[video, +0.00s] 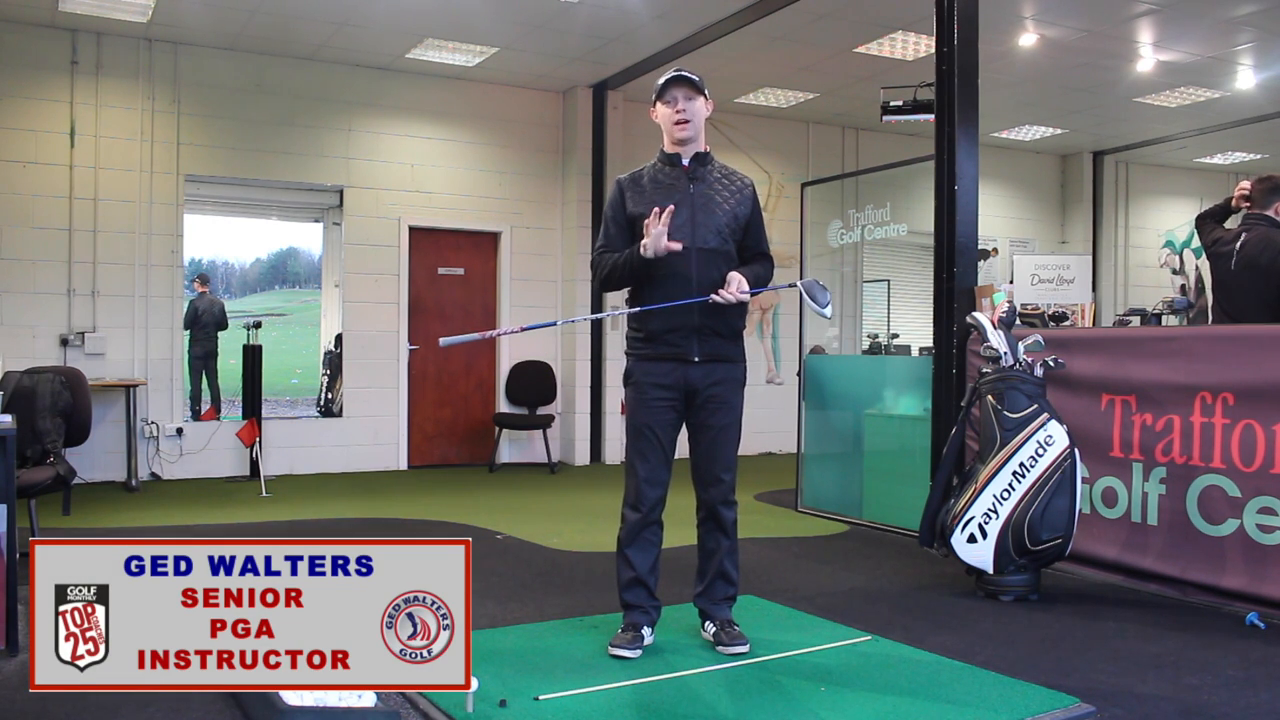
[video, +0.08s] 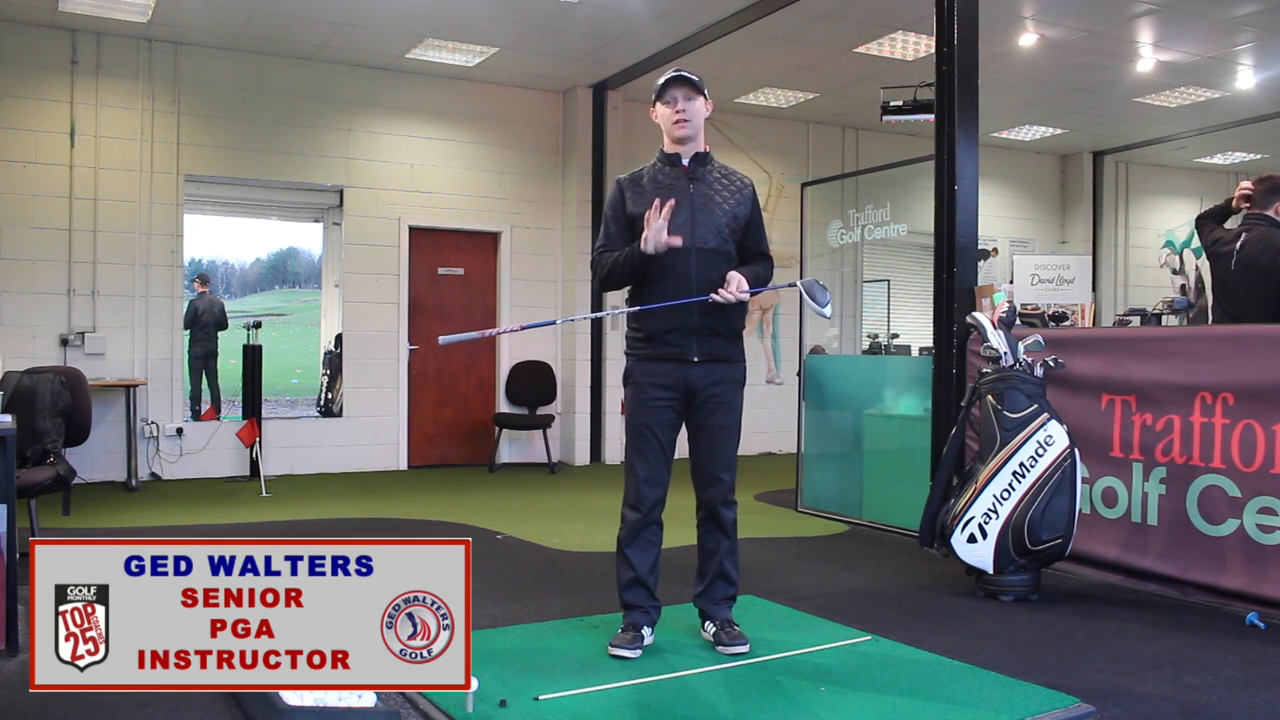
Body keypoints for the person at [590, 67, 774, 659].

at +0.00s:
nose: (681, 108)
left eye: (690, 98)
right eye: (670, 100)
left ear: (709, 110)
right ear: (655, 115)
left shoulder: (738, 188)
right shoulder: (629, 189)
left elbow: (761, 265)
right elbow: (603, 273)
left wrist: (745, 281)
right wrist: (643, 253)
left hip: (721, 361)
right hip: (652, 359)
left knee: (718, 493)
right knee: (644, 494)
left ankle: (718, 612)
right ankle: (638, 616)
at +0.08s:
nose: (680, 107)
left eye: (690, 98)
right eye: (669, 99)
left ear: (708, 110)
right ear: (655, 115)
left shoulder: (738, 188)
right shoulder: (629, 188)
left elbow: (760, 266)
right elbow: (604, 273)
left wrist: (745, 282)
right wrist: (644, 251)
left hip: (720, 362)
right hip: (652, 360)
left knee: (718, 494)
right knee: (643, 495)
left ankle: (718, 613)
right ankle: (638, 616)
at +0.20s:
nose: (679, 107)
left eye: (689, 97)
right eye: (669, 99)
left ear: (708, 110)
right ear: (654, 114)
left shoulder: (738, 188)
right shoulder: (628, 188)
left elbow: (760, 266)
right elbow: (603, 272)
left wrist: (744, 282)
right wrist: (646, 242)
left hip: (720, 362)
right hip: (651, 360)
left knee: (717, 494)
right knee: (643, 494)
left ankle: (718, 613)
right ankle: (638, 616)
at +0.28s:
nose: (680, 107)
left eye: (690, 98)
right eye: (669, 99)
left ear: (708, 110)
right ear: (655, 115)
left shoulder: (737, 188)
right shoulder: (629, 188)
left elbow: (760, 266)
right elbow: (603, 272)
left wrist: (744, 282)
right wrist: (646, 248)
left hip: (719, 361)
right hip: (651, 360)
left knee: (717, 494)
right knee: (643, 495)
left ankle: (718, 613)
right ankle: (638, 616)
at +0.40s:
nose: (679, 106)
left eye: (689, 97)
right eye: (669, 99)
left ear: (708, 110)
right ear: (655, 114)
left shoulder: (738, 188)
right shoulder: (628, 187)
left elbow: (758, 266)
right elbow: (602, 271)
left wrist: (744, 283)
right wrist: (646, 248)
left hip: (719, 362)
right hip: (650, 360)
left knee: (717, 494)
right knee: (643, 494)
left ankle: (718, 612)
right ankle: (638, 617)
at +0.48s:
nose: (679, 106)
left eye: (690, 97)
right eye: (669, 98)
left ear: (709, 110)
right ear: (655, 113)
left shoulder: (737, 188)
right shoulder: (628, 187)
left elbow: (757, 264)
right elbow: (601, 271)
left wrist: (744, 283)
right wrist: (645, 252)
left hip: (718, 363)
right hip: (650, 361)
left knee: (717, 495)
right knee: (642, 495)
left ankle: (718, 613)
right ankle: (638, 616)